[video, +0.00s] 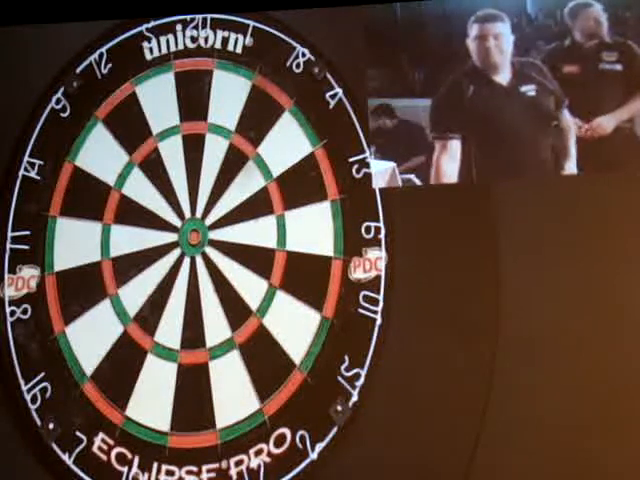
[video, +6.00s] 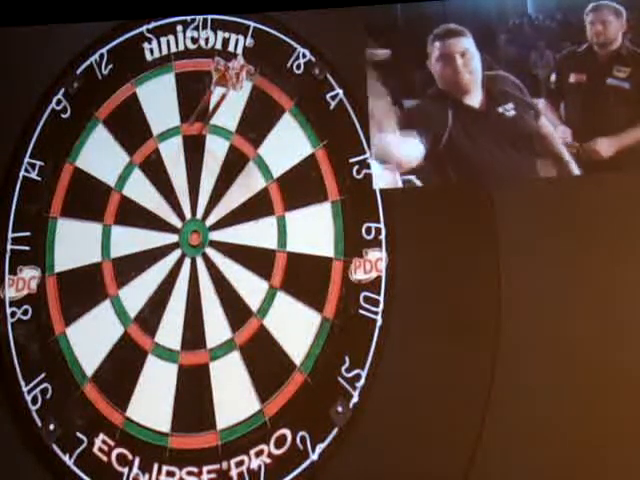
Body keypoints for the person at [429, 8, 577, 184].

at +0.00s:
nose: (489, 45)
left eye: (497, 37)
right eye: (481, 38)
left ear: (512, 41)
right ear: (468, 45)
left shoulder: (535, 72)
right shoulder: (457, 90)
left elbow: (564, 120)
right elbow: (447, 152)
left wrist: (569, 166)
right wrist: (442, 208)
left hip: (546, 192)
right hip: (490, 198)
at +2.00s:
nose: (459, 62)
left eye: (465, 52)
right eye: (446, 56)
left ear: (478, 55)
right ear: (433, 66)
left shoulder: (502, 81)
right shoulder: (435, 105)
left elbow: (539, 124)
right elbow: (406, 138)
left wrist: (561, 171)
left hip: (538, 199)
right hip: (480, 210)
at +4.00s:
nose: (459, 62)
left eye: (465, 51)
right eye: (446, 55)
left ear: (478, 54)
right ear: (432, 65)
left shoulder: (502, 81)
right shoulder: (435, 103)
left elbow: (539, 125)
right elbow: (401, 127)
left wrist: (563, 172)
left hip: (532, 202)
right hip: (473, 212)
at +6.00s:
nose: (458, 66)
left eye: (465, 55)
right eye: (445, 59)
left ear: (479, 58)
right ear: (431, 68)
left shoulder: (504, 86)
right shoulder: (432, 110)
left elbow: (540, 129)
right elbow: (415, 143)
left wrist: (571, 168)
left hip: (529, 199)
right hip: (471, 210)